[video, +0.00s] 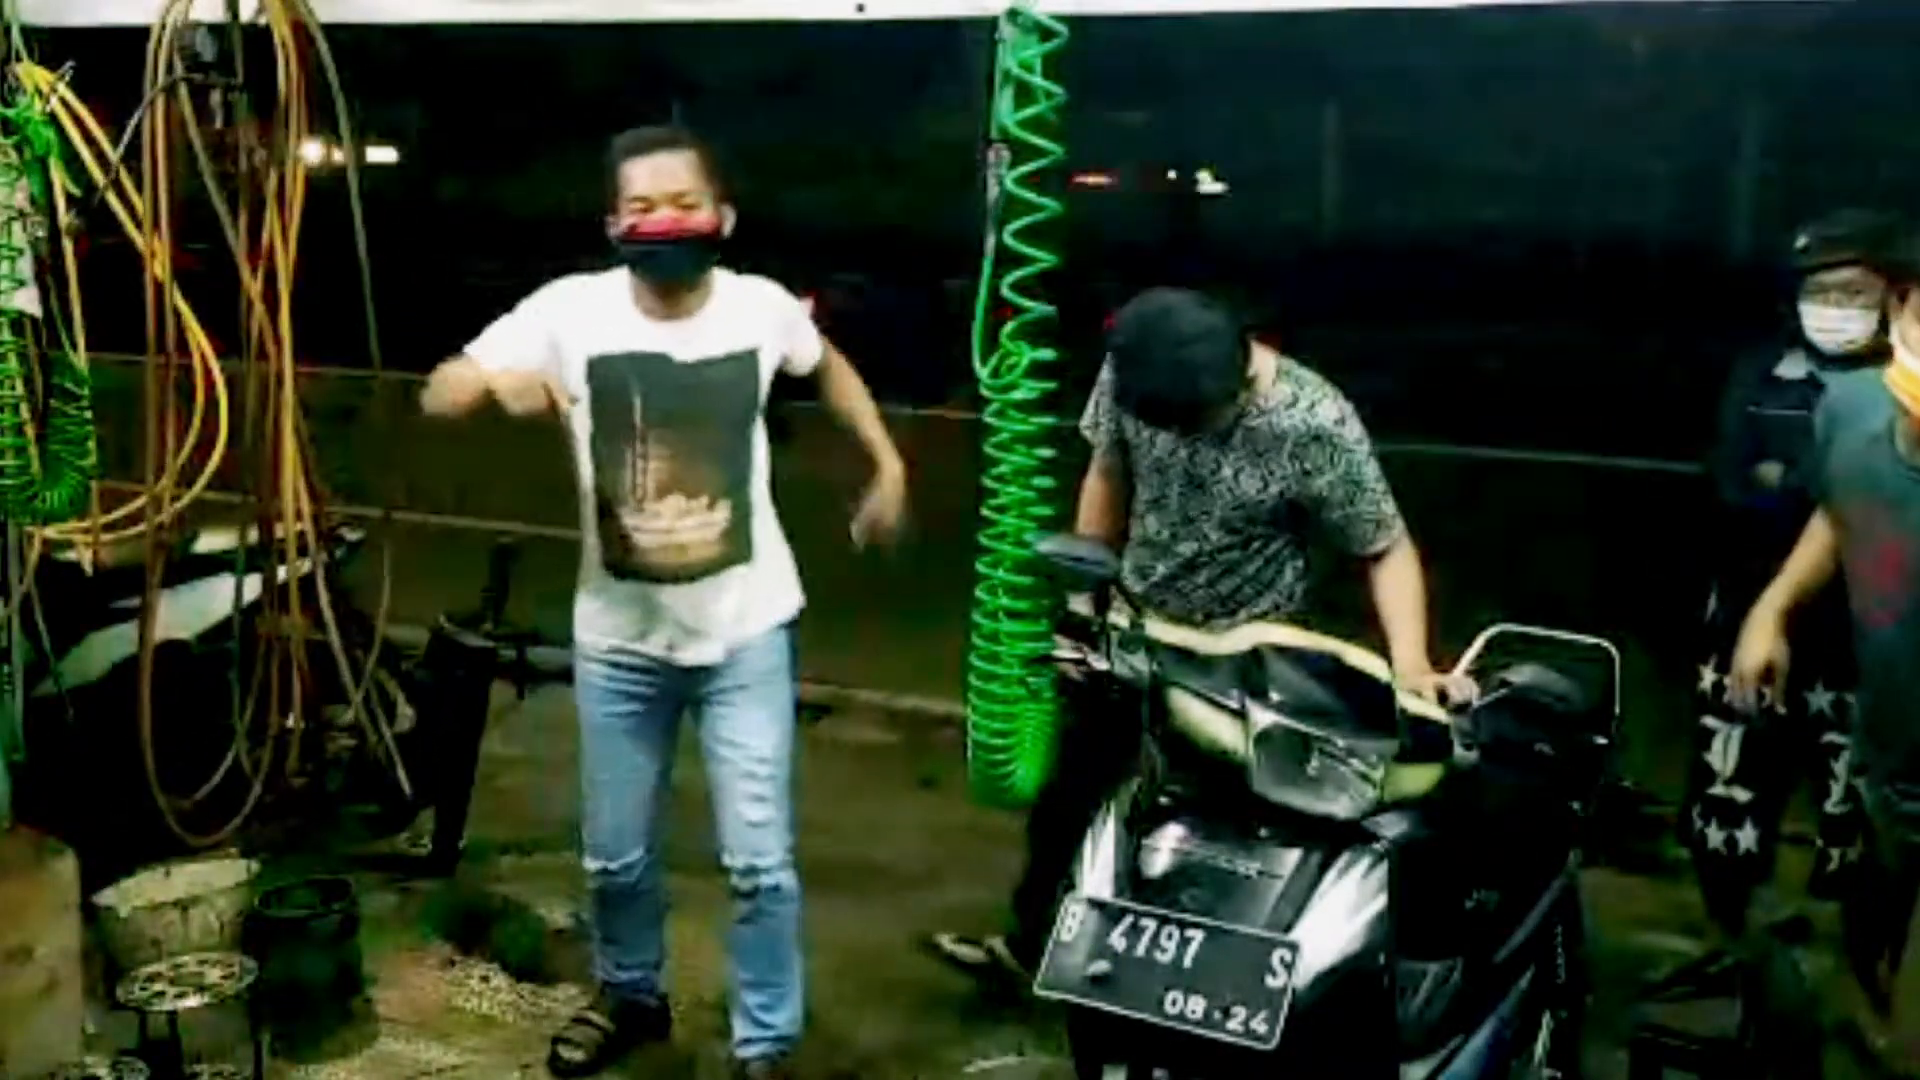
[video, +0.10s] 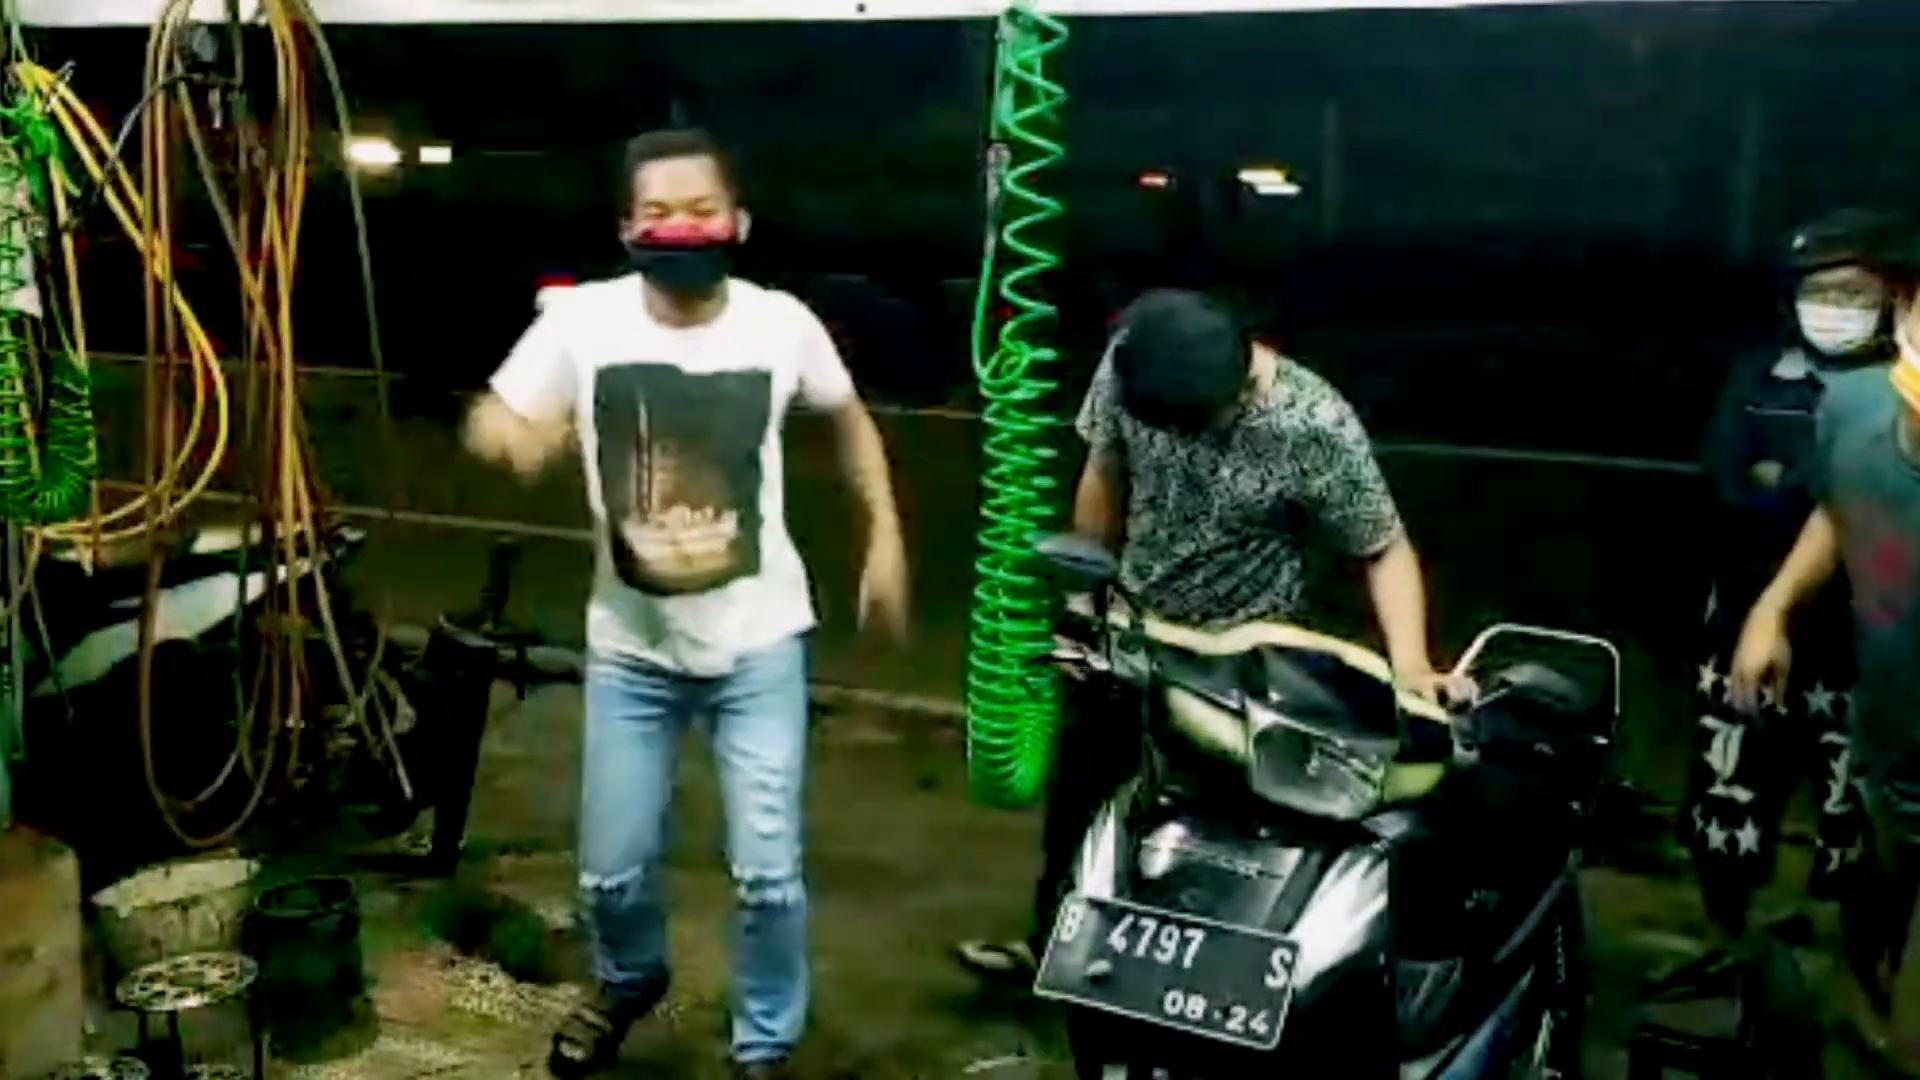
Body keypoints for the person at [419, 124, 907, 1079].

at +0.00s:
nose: (661, 227)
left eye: (681, 207)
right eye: (640, 210)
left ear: (719, 213)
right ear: (614, 220)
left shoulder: (759, 308)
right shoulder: (569, 310)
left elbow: (830, 371)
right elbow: (440, 395)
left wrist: (888, 463)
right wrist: (490, 377)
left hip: (743, 631)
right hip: (619, 634)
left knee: (757, 856)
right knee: (614, 852)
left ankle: (764, 1049)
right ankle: (632, 1001)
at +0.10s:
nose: (677, 234)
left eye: (697, 214)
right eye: (656, 216)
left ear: (734, 220)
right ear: (629, 224)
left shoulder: (783, 327)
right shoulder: (578, 322)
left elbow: (850, 426)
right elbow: (494, 424)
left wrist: (886, 540)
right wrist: (519, 438)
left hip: (757, 641)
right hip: (630, 643)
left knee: (767, 868)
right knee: (611, 872)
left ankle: (764, 1049)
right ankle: (630, 985)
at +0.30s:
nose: (704, 251)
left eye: (723, 230)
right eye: (682, 232)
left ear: (758, 236)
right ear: (653, 244)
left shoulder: (808, 368)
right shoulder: (616, 343)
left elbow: (836, 529)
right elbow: (583, 463)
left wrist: (742, 571)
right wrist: (569, 577)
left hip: (776, 671)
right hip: (644, 664)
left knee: (783, 894)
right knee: (626, 893)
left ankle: (767, 1057)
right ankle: (658, 1063)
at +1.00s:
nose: (680, 259)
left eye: (694, 237)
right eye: (654, 242)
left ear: (716, 241)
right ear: (606, 258)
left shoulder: (708, 344)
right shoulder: (566, 377)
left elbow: (703, 463)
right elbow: (479, 515)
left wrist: (747, 538)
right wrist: (608, 544)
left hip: (703, 680)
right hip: (594, 694)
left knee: (747, 882)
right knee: (657, 946)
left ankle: (641, 996)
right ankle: (639, 1063)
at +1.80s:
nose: (645, 234)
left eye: (662, 216)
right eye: (625, 218)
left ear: (689, 220)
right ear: (594, 224)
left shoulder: (730, 327)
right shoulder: (549, 313)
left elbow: (812, 448)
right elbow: (498, 411)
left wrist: (772, 394)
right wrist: (469, 516)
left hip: (689, 627)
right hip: (573, 624)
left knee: (702, 833)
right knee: (593, 827)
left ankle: (642, 1031)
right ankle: (632, 927)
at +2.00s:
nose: (578, 231)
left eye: (598, 215)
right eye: (569, 214)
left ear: (650, 219)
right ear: (559, 215)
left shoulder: (710, 304)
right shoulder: (543, 297)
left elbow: (766, 426)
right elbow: (501, 393)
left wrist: (731, 471)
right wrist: (475, 477)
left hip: (683, 602)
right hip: (570, 603)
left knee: (697, 795)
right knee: (582, 799)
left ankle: (665, 997)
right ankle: (630, 923)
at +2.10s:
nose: (563, 262)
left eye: (579, 245)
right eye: (556, 243)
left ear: (633, 236)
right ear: (553, 232)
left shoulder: (710, 322)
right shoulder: (543, 312)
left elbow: (743, 448)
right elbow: (507, 417)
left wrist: (742, 554)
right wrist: (489, 500)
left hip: (677, 600)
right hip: (567, 607)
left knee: (692, 797)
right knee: (575, 799)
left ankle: (686, 947)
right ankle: (626, 925)